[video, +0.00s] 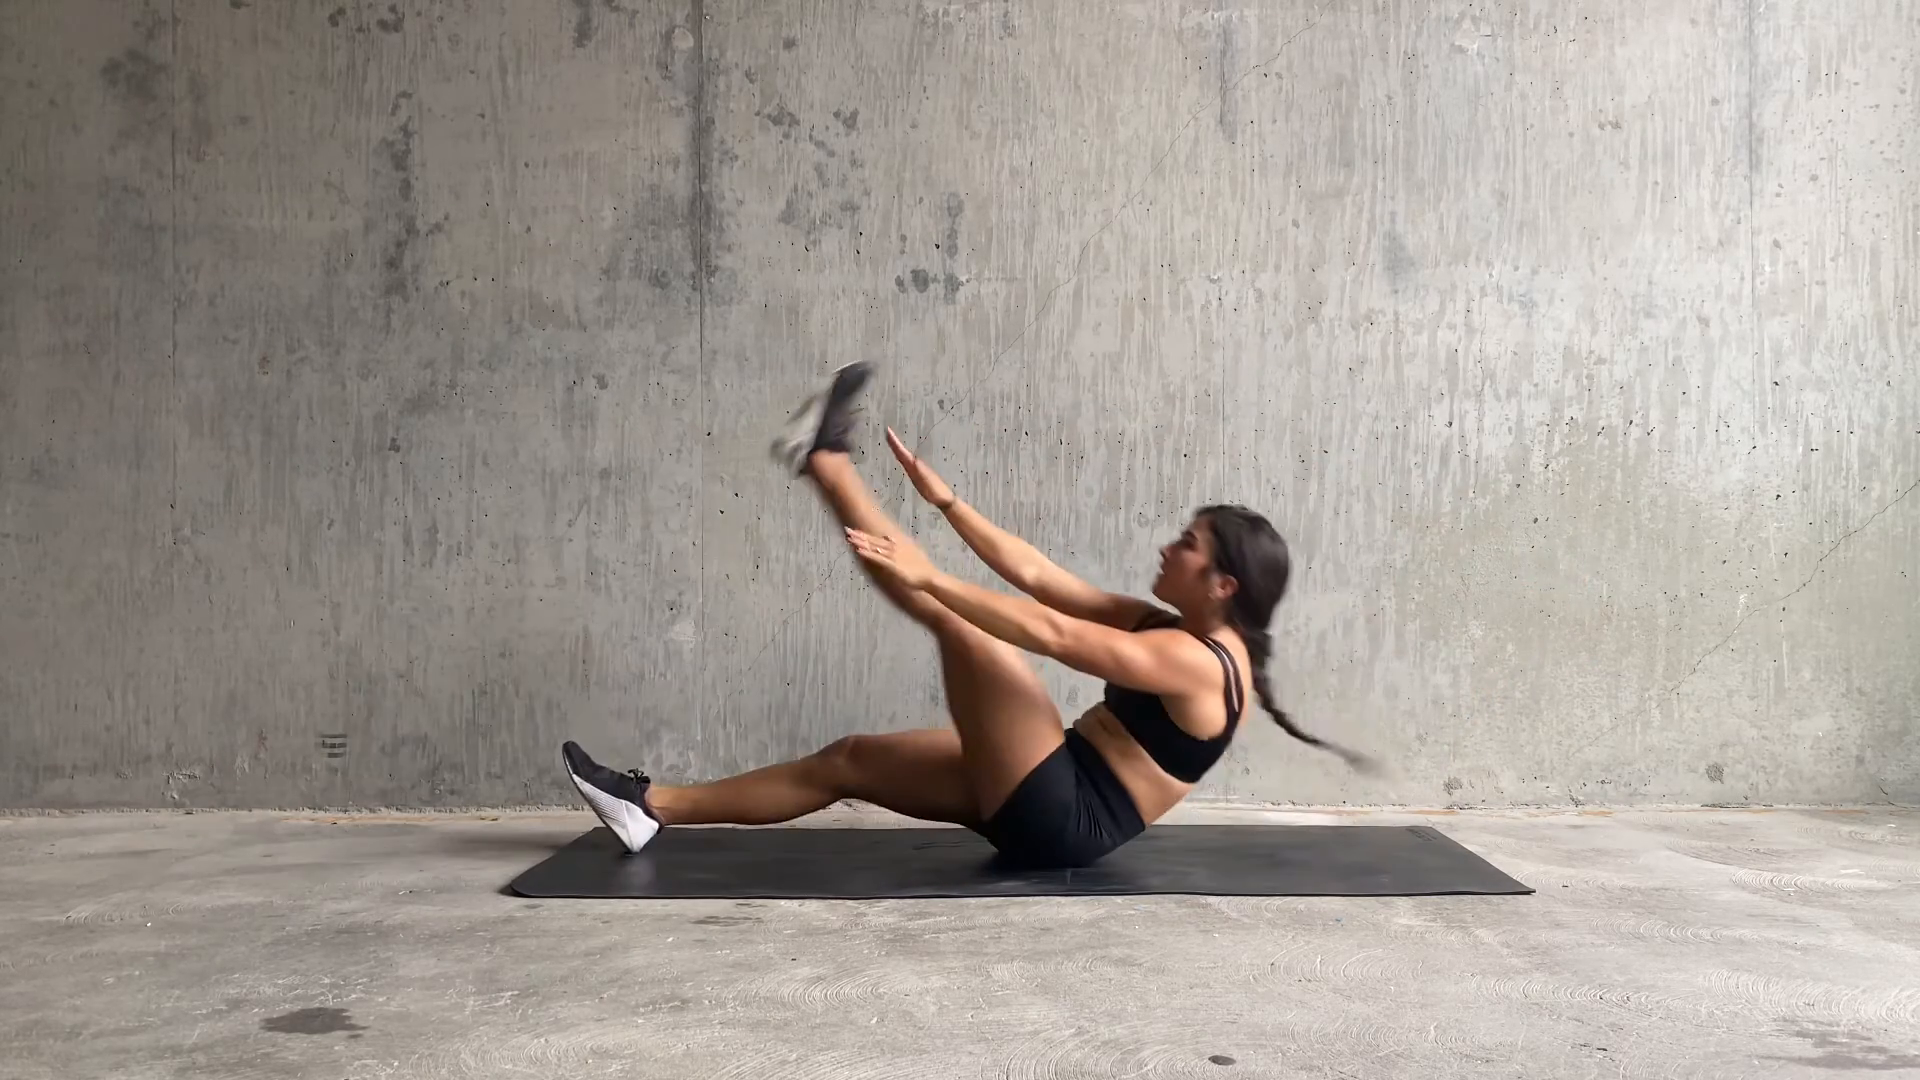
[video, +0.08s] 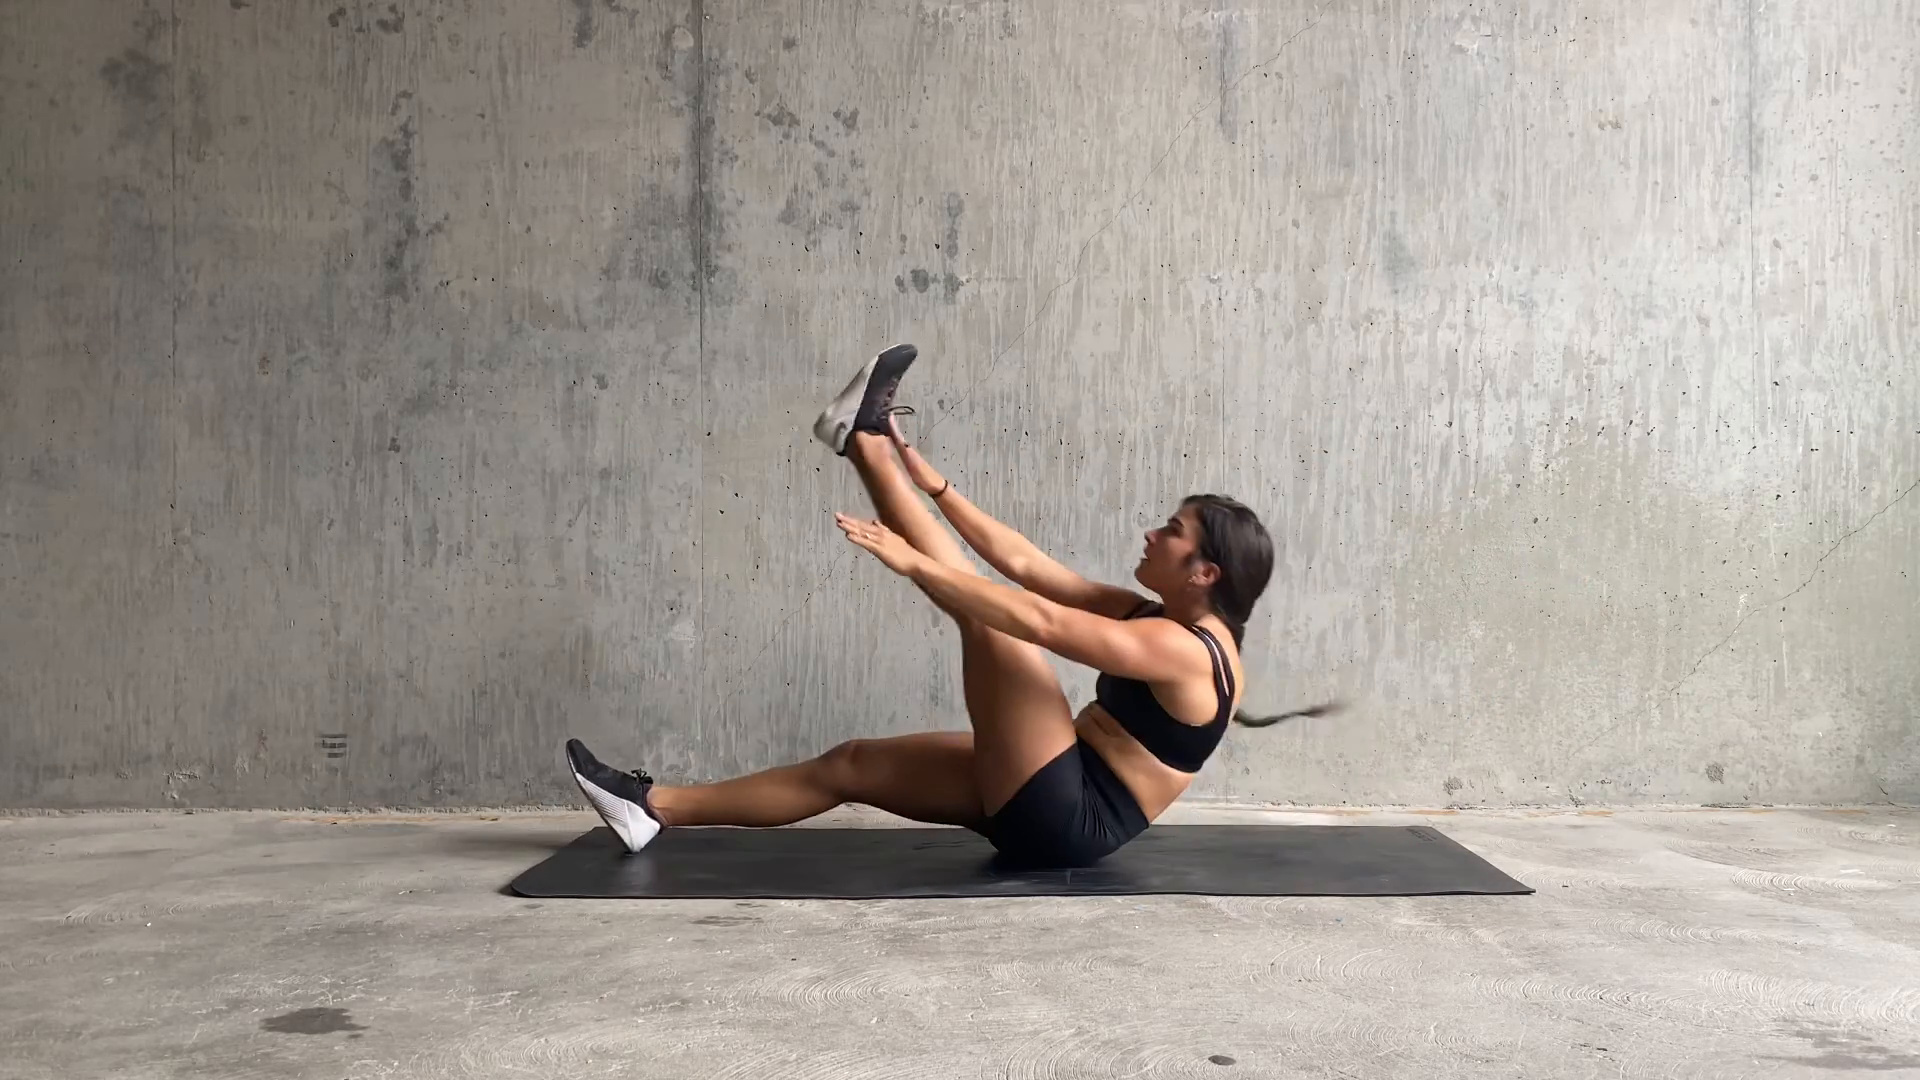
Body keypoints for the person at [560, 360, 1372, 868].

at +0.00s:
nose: (1163, 554)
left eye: (1182, 549)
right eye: (1174, 542)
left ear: (1222, 582)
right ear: (1213, 577)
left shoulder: (1196, 662)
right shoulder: (1177, 634)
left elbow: (1051, 636)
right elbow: (1048, 582)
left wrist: (922, 581)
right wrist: (949, 505)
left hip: (1066, 815)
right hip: (1050, 791)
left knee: (957, 614)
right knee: (849, 761)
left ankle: (826, 455)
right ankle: (653, 807)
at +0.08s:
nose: (1150, 538)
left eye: (1169, 534)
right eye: (1163, 527)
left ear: (1203, 573)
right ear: (1197, 569)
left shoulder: (1183, 650)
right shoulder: (1165, 621)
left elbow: (1032, 620)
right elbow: (1036, 571)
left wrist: (914, 559)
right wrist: (946, 491)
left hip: (1069, 814)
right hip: (1053, 791)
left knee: (997, 622)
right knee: (852, 768)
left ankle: (867, 438)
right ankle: (654, 807)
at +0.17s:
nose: (1159, 542)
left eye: (1176, 538)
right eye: (1171, 531)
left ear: (1212, 575)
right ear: (1211, 576)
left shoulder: (1188, 652)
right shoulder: (1182, 631)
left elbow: (1051, 620)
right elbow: (1044, 575)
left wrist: (927, 566)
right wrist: (953, 493)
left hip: (1068, 813)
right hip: (1058, 794)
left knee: (979, 603)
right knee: (851, 770)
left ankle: (860, 443)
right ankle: (655, 807)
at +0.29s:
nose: (1206, 574)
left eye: (1224, 570)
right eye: (1216, 563)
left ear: (1262, 605)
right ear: (1253, 601)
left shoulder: (1227, 676)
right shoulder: (1218, 658)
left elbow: (1092, 620)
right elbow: (1101, 594)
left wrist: (980, 540)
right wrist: (1011, 503)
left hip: (1071, 817)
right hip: (1060, 800)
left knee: (949, 637)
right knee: (855, 777)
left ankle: (788, 494)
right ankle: (655, 807)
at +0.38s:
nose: (1238, 610)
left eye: (1257, 606)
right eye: (1249, 599)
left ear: (1296, 642)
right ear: (1294, 642)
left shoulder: (1256, 700)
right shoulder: (1261, 699)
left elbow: (1139, 619)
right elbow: (1150, 613)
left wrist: (1051, 514)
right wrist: (1086, 509)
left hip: (1074, 814)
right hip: (1066, 797)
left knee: (913, 660)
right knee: (863, 772)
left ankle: (725, 565)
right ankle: (656, 808)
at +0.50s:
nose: (1273, 661)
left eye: (1293, 657)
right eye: (1285, 648)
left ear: (1328, 690)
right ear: (1327, 691)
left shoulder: (1291, 745)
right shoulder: (1282, 746)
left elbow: (1231, 626)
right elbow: (1230, 629)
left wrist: (1215, 493)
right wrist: (1219, 505)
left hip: (1075, 808)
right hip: (1072, 801)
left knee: (882, 714)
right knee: (862, 775)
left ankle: (669, 684)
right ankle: (660, 810)